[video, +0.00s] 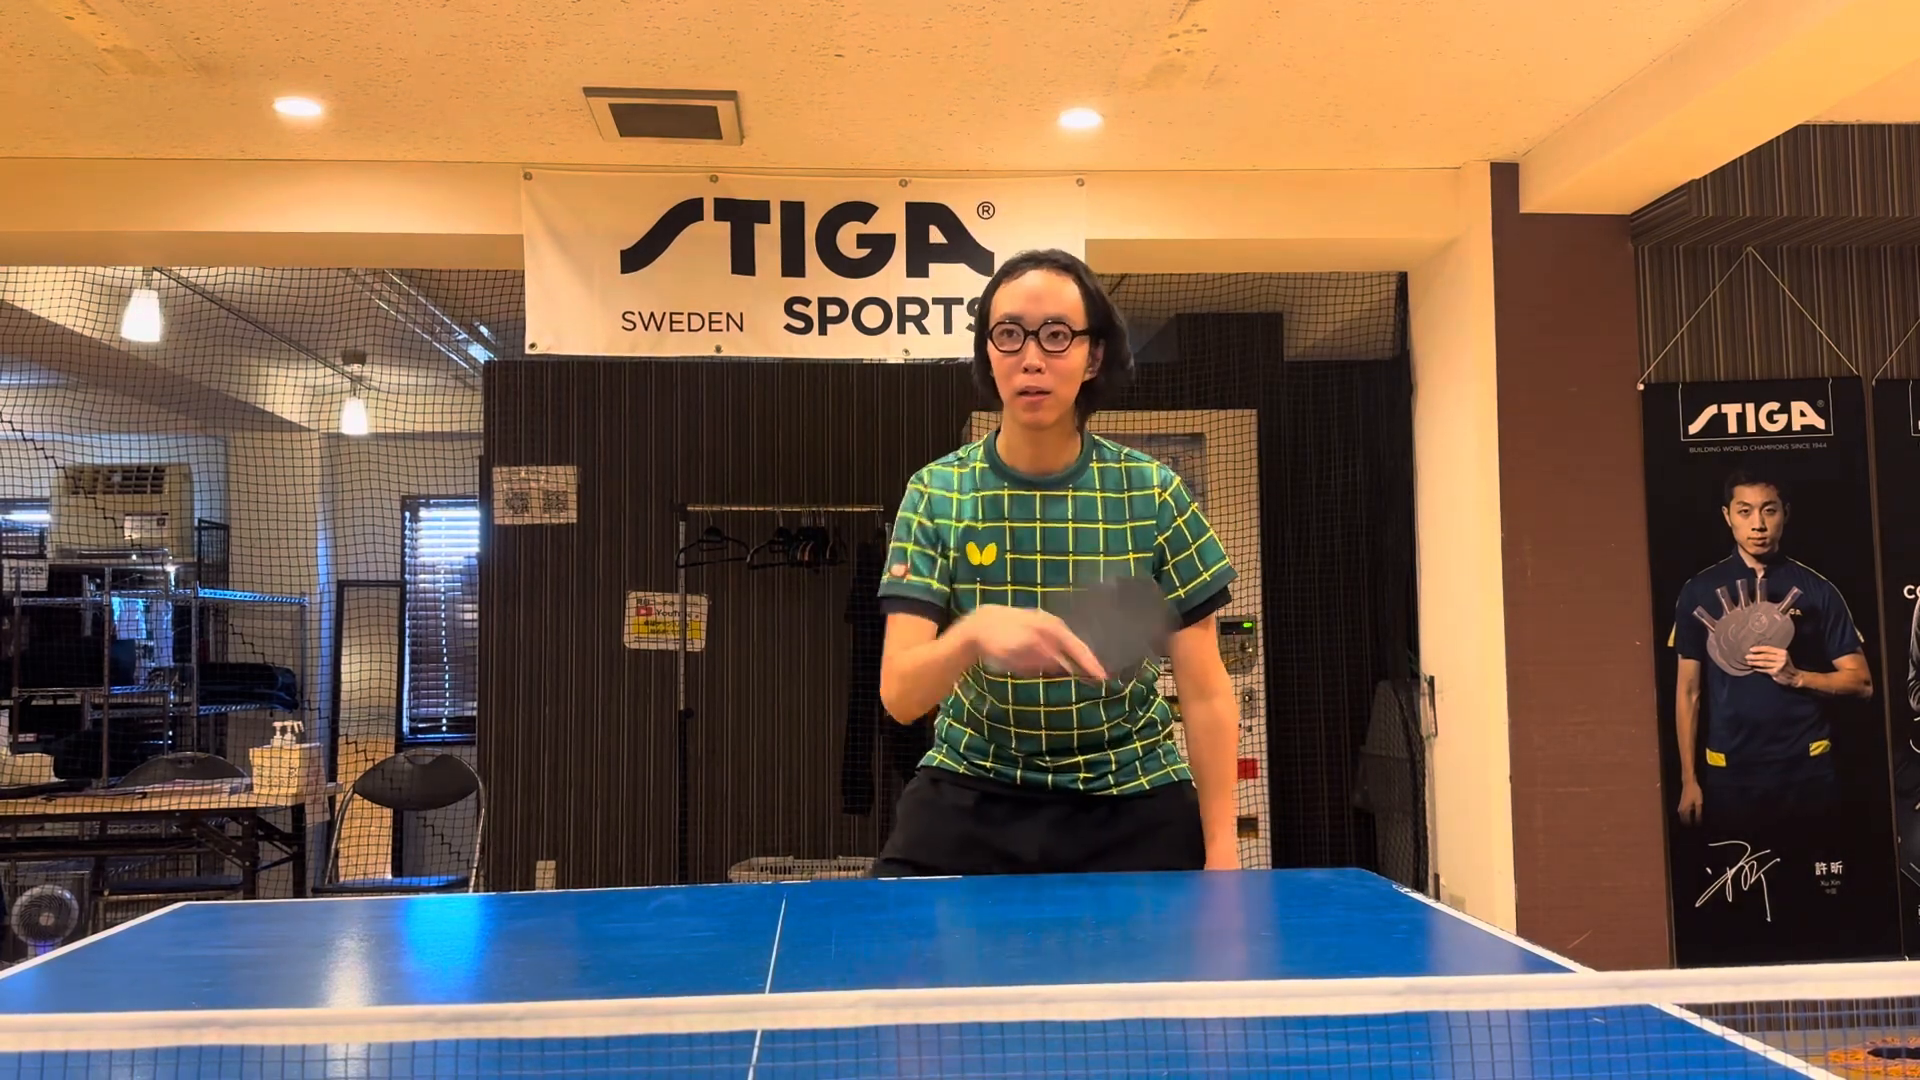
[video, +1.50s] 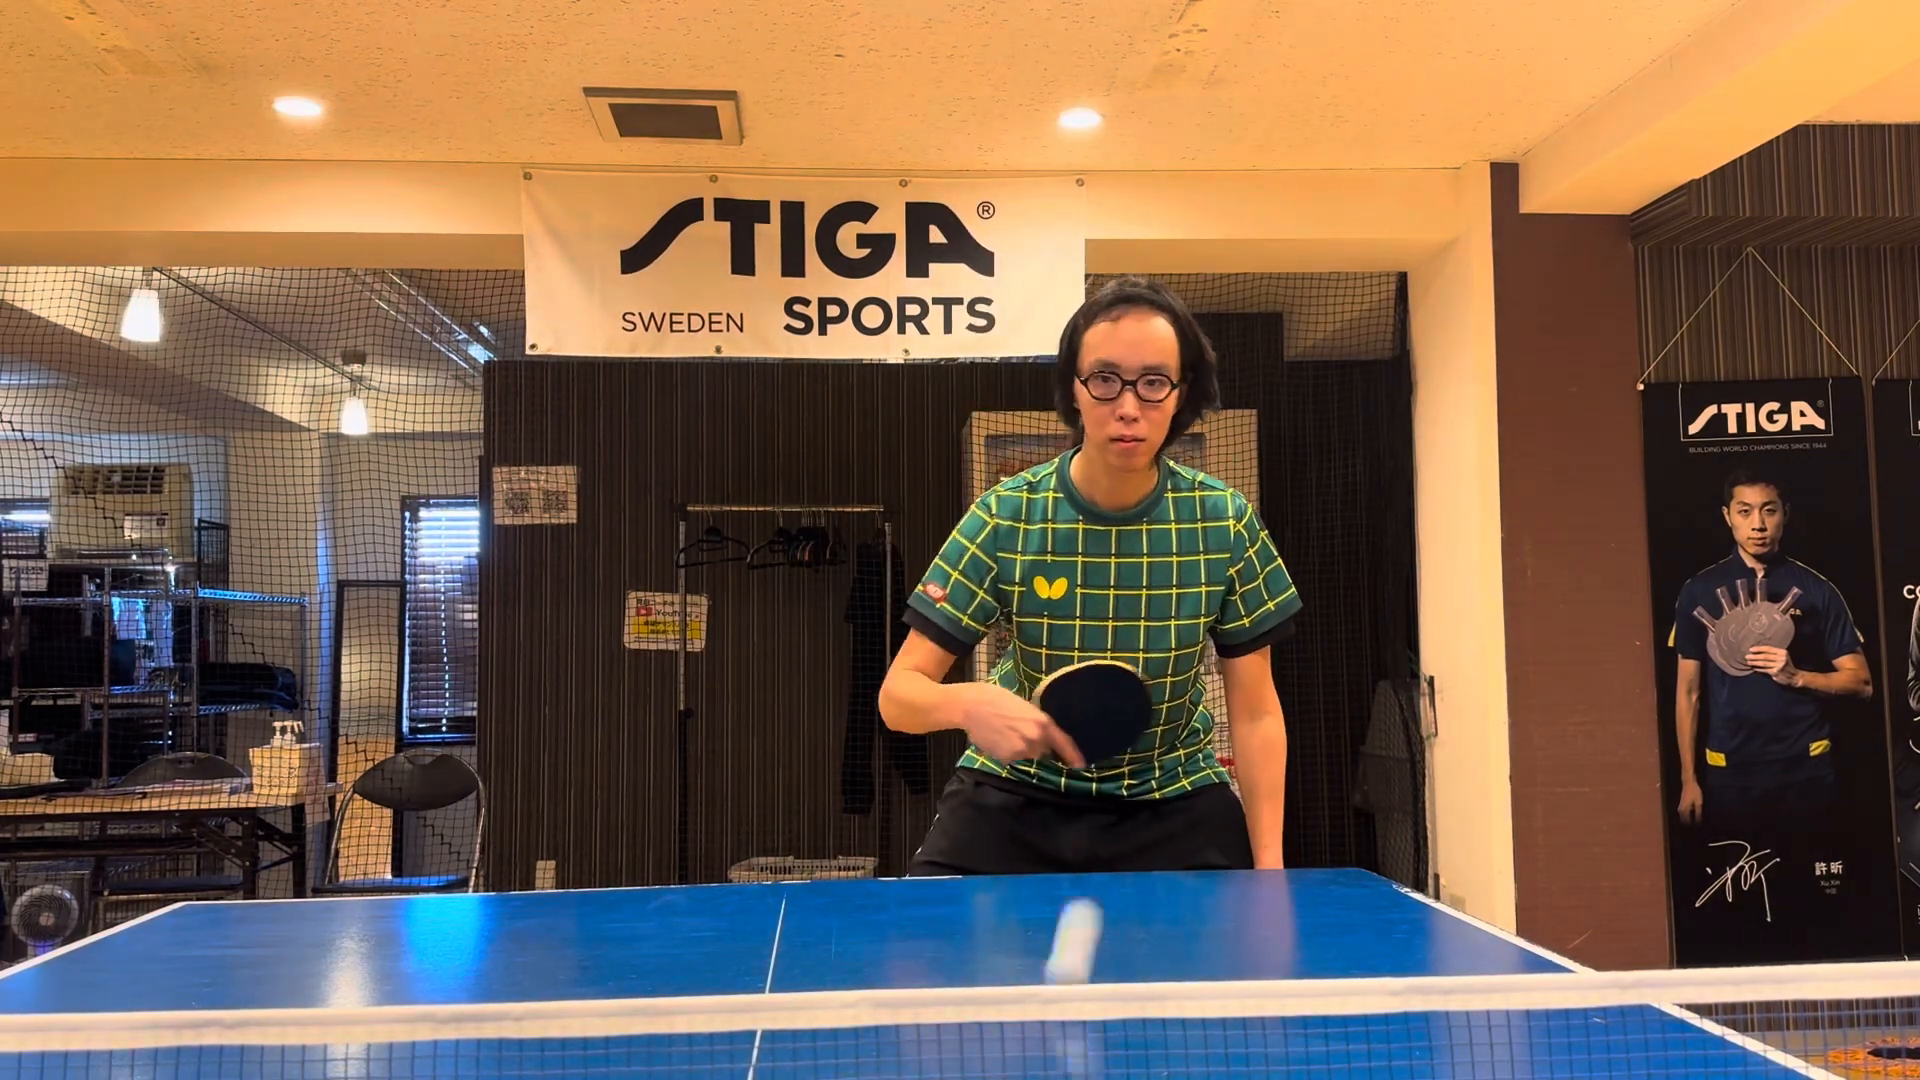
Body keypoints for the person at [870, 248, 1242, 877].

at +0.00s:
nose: (1031, 356)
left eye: (1056, 335)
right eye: (1011, 335)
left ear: (1092, 358)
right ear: (987, 354)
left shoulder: (1151, 494)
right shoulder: (938, 493)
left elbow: (1205, 691)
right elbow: (900, 694)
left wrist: (1222, 860)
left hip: (1133, 797)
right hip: (970, 794)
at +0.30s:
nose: (1065, 359)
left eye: (1090, 338)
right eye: (1044, 338)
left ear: (1125, 360)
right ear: (1020, 356)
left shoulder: (1176, 502)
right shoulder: (960, 499)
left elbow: (1210, 696)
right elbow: (972, 708)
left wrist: (1231, 864)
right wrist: (901, 628)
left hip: (1140, 800)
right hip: (979, 797)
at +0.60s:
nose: (1107, 360)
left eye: (1133, 338)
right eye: (1086, 337)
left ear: (1171, 359)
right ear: (1062, 355)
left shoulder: (1224, 499)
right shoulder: (1003, 497)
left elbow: (1276, 694)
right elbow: (947, 705)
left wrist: (1287, 866)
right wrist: (969, 653)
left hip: (1179, 787)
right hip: (1019, 786)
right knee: (919, 943)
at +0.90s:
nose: (1086, 390)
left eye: (1111, 368)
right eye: (1066, 365)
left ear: (1147, 389)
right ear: (1042, 384)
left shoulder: (1202, 519)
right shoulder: (985, 526)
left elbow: (1255, 710)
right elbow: (974, 729)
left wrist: (1278, 875)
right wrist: (891, 693)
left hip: (1168, 801)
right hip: (1007, 799)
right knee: (916, 946)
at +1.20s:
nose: (1090, 391)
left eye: (1115, 370)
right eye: (1069, 369)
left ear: (1150, 389)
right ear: (1043, 386)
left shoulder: (1204, 522)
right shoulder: (985, 525)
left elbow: (1247, 711)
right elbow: (914, 705)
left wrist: (1264, 873)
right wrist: (936, 708)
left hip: (1164, 801)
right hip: (1002, 798)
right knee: (910, 958)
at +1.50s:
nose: (1129, 406)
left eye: (1154, 382)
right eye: (1105, 379)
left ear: (1182, 394)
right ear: (1074, 389)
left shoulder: (1223, 521)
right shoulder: (1005, 516)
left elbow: (1256, 713)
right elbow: (898, 696)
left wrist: (1269, 875)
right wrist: (968, 704)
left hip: (1174, 801)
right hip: (1012, 798)